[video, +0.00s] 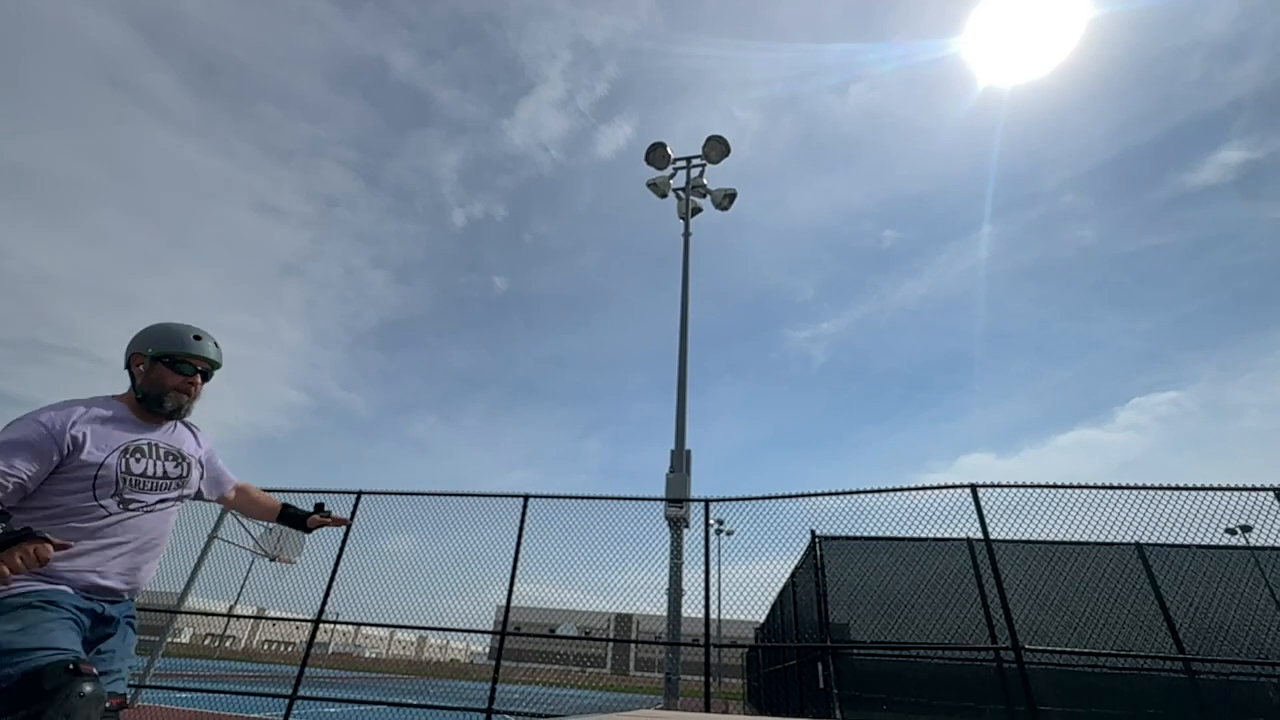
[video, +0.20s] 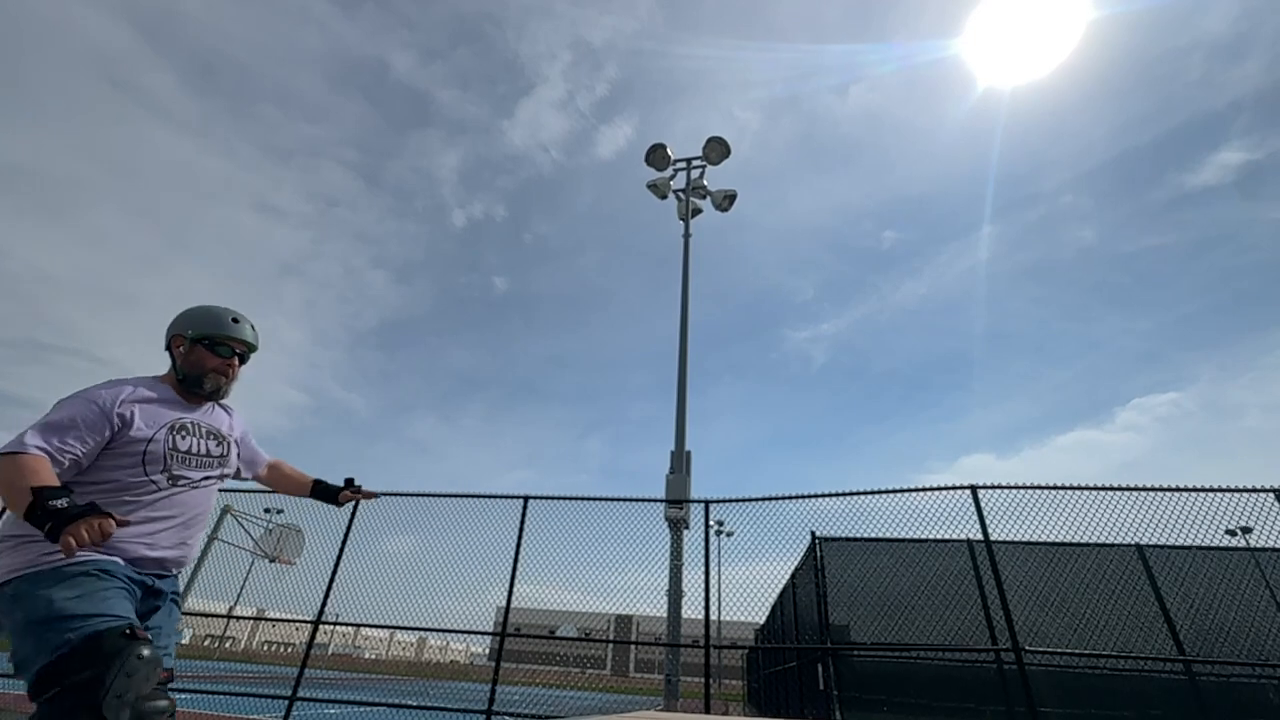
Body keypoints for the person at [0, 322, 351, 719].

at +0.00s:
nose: (194, 382)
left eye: (202, 375)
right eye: (181, 368)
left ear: (206, 385)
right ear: (139, 366)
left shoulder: (194, 446)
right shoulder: (65, 424)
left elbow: (237, 494)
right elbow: (0, 490)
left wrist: (302, 518)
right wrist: (7, 539)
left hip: (117, 613)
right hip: (37, 593)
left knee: (103, 708)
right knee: (65, 700)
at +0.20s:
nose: (232, 364)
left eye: (240, 357)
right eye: (219, 350)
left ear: (242, 367)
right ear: (179, 347)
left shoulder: (228, 426)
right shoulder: (117, 401)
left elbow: (266, 469)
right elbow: (21, 457)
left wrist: (329, 492)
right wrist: (59, 512)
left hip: (158, 587)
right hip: (68, 561)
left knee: (142, 701)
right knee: (112, 682)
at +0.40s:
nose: (267, 345)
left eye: (275, 338)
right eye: (256, 331)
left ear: (278, 348)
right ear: (218, 327)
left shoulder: (261, 406)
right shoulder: (164, 377)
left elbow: (299, 446)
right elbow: (72, 433)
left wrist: (357, 466)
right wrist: (120, 483)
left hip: (196, 556)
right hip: (112, 531)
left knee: (192, 683)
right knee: (164, 630)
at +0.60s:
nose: (303, 327)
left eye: (311, 320)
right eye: (293, 312)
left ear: (313, 329)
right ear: (256, 306)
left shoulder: (296, 383)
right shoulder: (204, 355)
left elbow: (328, 421)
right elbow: (128, 407)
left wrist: (385, 441)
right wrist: (178, 464)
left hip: (233, 523)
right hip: (155, 499)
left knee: (236, 651)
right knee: (212, 591)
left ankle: (220, 710)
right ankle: (174, 710)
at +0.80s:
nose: (336, 307)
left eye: (344, 302)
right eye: (326, 294)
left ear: (345, 311)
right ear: (291, 289)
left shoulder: (327, 363)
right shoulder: (248, 331)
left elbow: (358, 397)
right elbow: (181, 382)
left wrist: (411, 415)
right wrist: (230, 438)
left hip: (264, 491)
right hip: (195, 467)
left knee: (272, 625)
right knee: (256, 551)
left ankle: (236, 708)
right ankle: (231, 710)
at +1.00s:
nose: (368, 293)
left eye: (376, 287)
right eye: (359, 279)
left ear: (378, 296)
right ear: (325, 273)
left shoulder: (357, 346)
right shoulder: (286, 314)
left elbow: (385, 375)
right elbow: (230, 362)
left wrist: (437, 394)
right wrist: (280, 419)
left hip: (275, 463)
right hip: (229, 443)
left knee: (305, 565)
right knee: (302, 515)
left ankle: (269, 699)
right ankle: (281, 696)